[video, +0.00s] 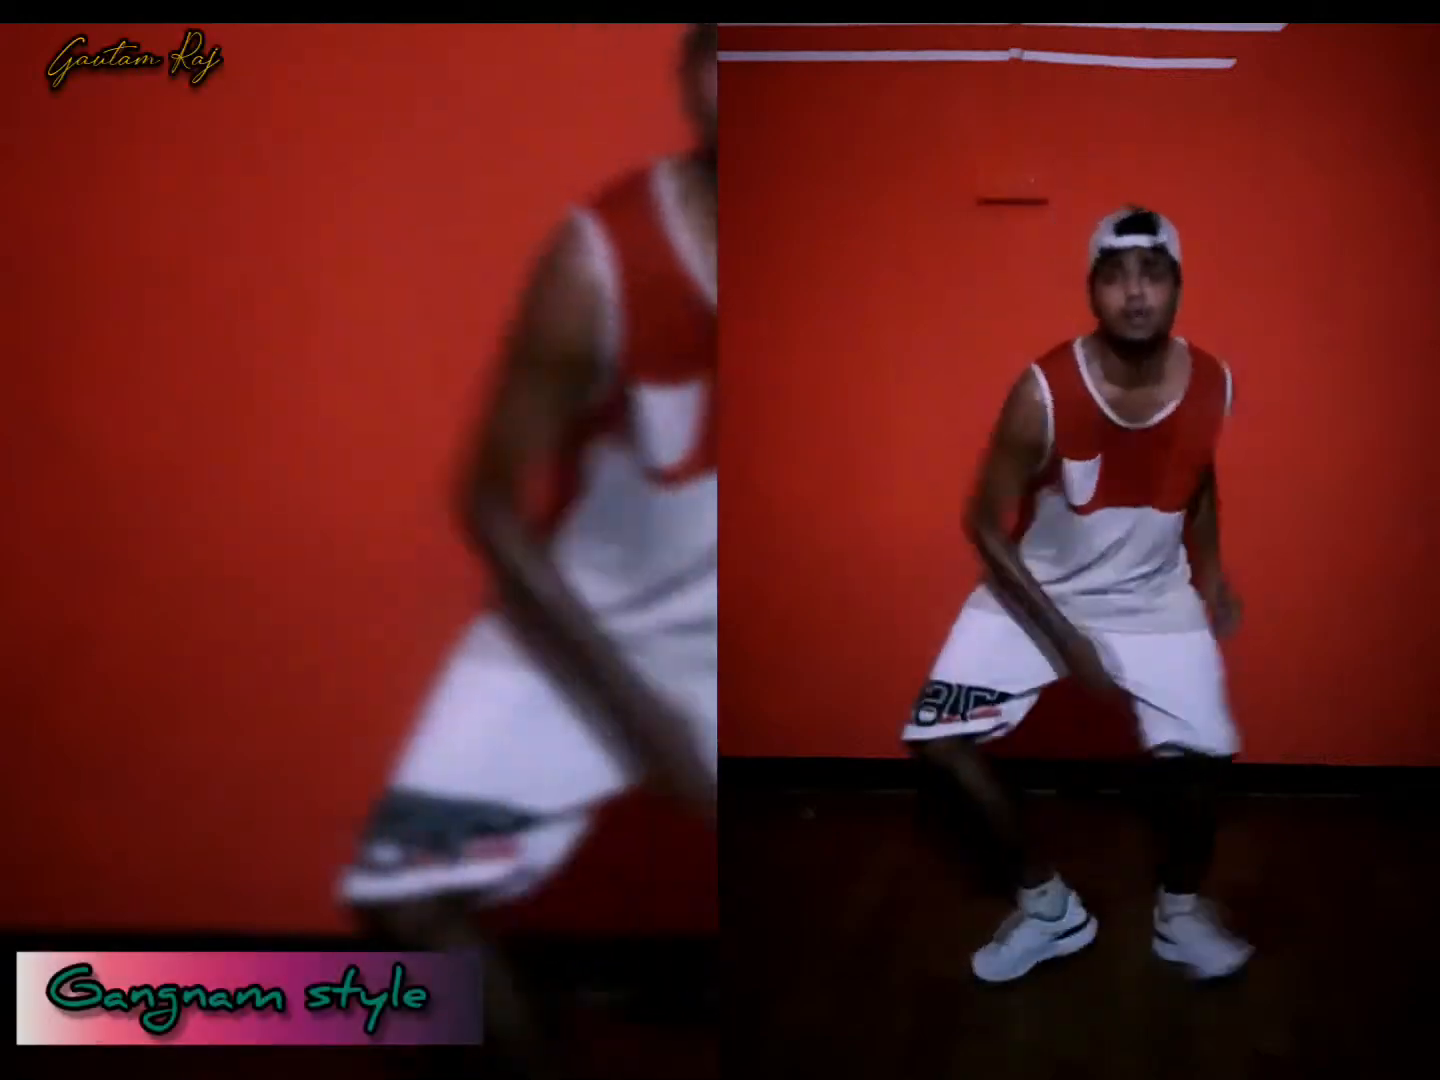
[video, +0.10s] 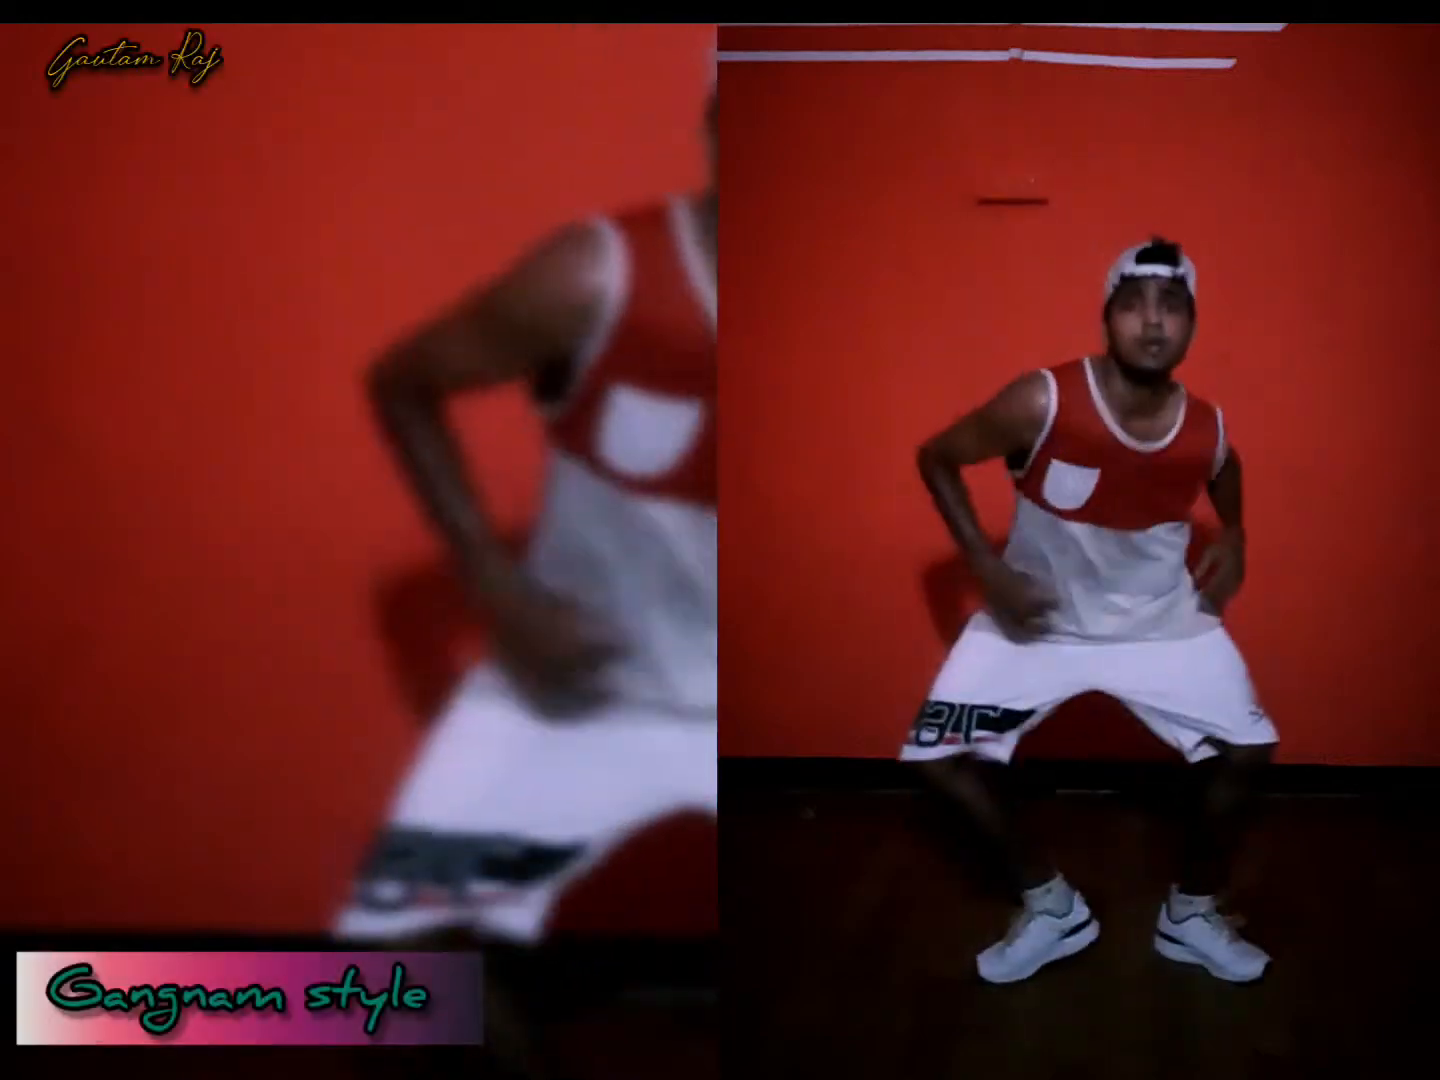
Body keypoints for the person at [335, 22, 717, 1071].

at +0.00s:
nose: (747, 95)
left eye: (765, 67)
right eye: (727, 64)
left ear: (826, 92)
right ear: (693, 80)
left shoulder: (858, 244)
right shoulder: (610, 255)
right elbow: (494, 507)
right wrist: (657, 738)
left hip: (781, 626)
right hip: (601, 631)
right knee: (410, 891)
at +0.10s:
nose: (765, 161)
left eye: (786, 132)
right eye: (748, 128)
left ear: (826, 151)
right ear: (713, 131)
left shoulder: (847, 299)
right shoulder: (604, 274)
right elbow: (402, 381)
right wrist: (505, 598)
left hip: (747, 722)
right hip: (576, 711)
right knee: (395, 959)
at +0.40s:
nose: (616, 98)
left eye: (657, 69)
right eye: (585, 61)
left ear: (699, 100)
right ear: (541, 82)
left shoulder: (746, 251)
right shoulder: (471, 215)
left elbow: (813, 439)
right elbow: (457, 399)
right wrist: (406, 587)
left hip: (718, 656)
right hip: (541, 641)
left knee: (776, 955)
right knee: (477, 938)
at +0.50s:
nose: (564, 119)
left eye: (605, 89)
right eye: (536, 81)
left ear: (650, 120)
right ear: (494, 105)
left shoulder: (720, 281)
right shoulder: (461, 244)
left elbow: (778, 477)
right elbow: (432, 379)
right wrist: (413, 539)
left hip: (682, 709)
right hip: (509, 689)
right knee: (386, 948)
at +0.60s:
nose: (544, 158)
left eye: (584, 126)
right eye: (516, 122)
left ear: (635, 151)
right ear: (480, 145)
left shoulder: (721, 289)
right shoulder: (439, 301)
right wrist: (430, 503)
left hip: (700, 699)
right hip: (525, 687)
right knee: (434, 963)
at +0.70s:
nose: (579, 146)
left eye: (607, 107)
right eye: (545, 120)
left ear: (663, 116)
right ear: (513, 148)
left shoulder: (751, 249)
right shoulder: (506, 305)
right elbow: (419, 461)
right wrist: (518, 585)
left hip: (758, 626)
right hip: (597, 633)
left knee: (786, 944)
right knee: (545, 956)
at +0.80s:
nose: (656, 77)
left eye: (686, 43)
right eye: (622, 48)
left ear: (733, 64)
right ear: (586, 78)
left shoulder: (797, 240)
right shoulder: (554, 278)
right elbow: (553, 504)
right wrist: (638, 587)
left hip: (775, 588)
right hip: (614, 590)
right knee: (576, 883)